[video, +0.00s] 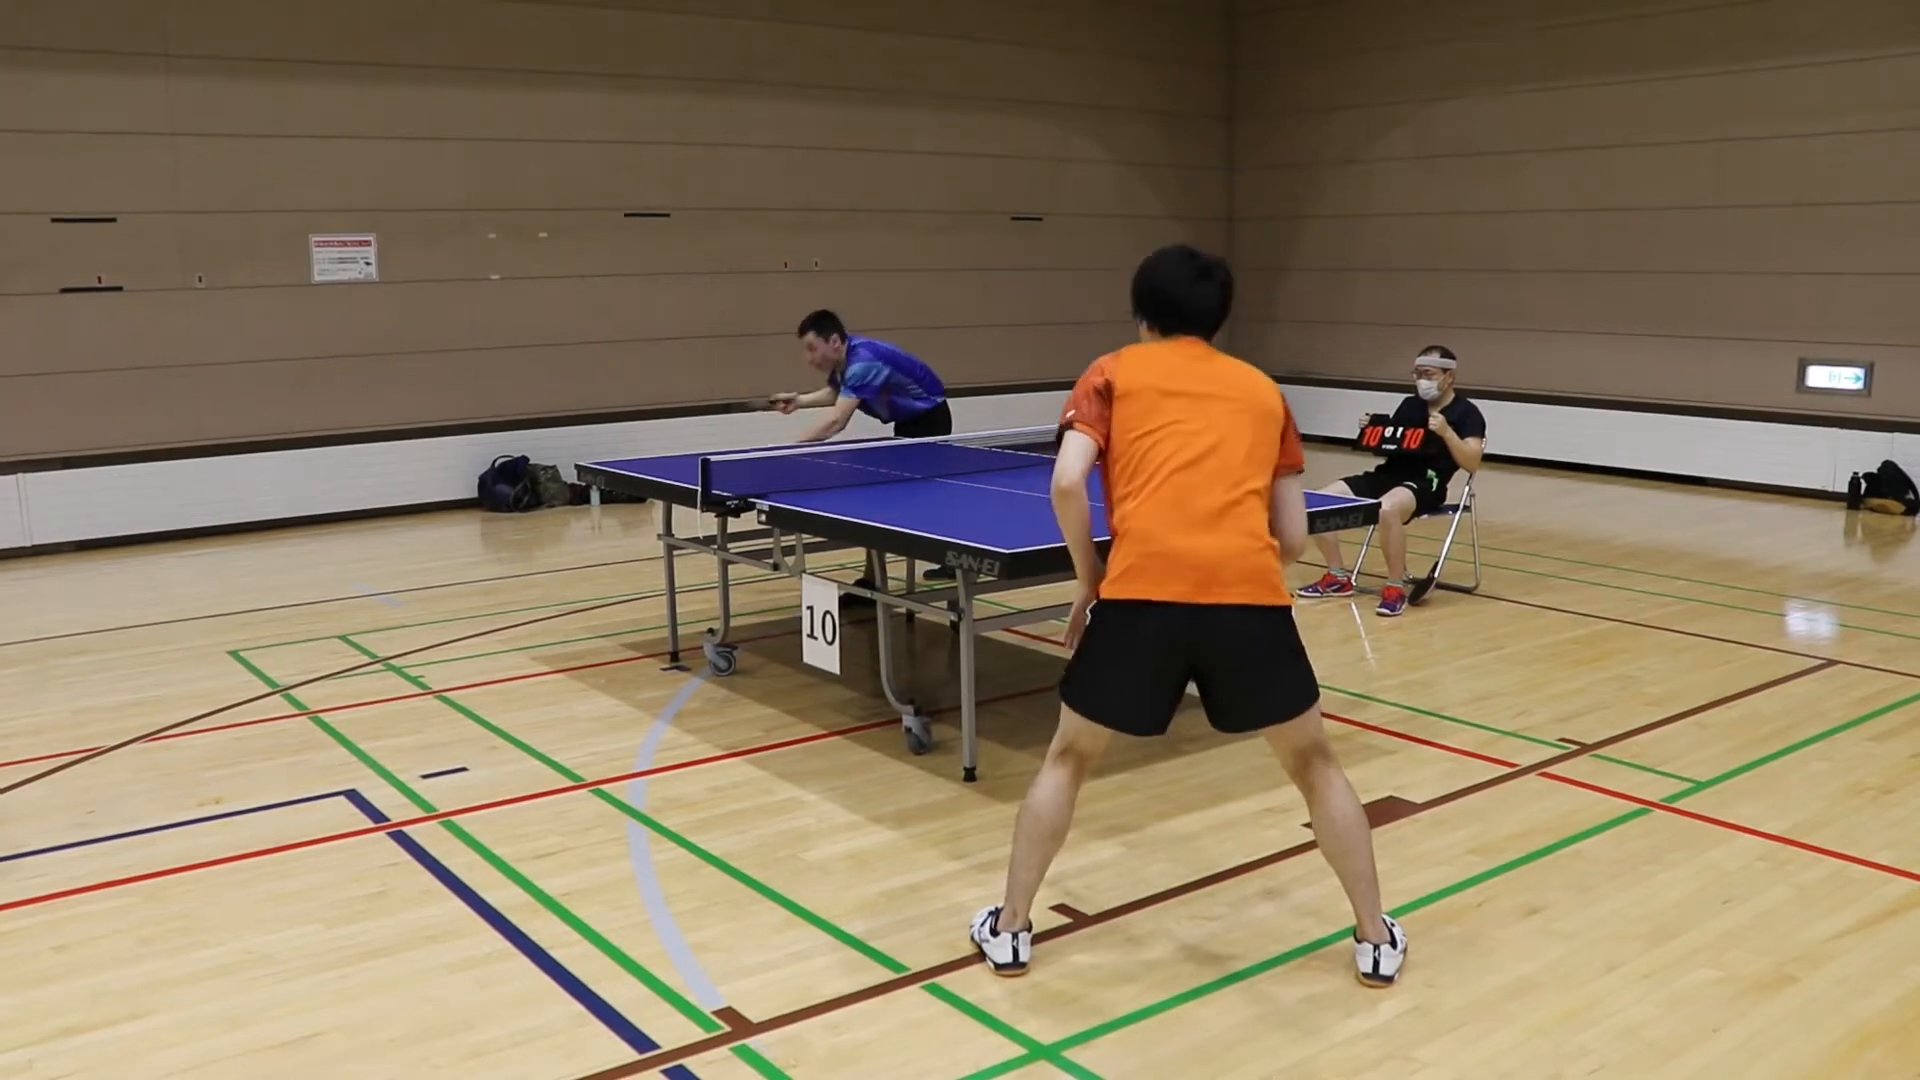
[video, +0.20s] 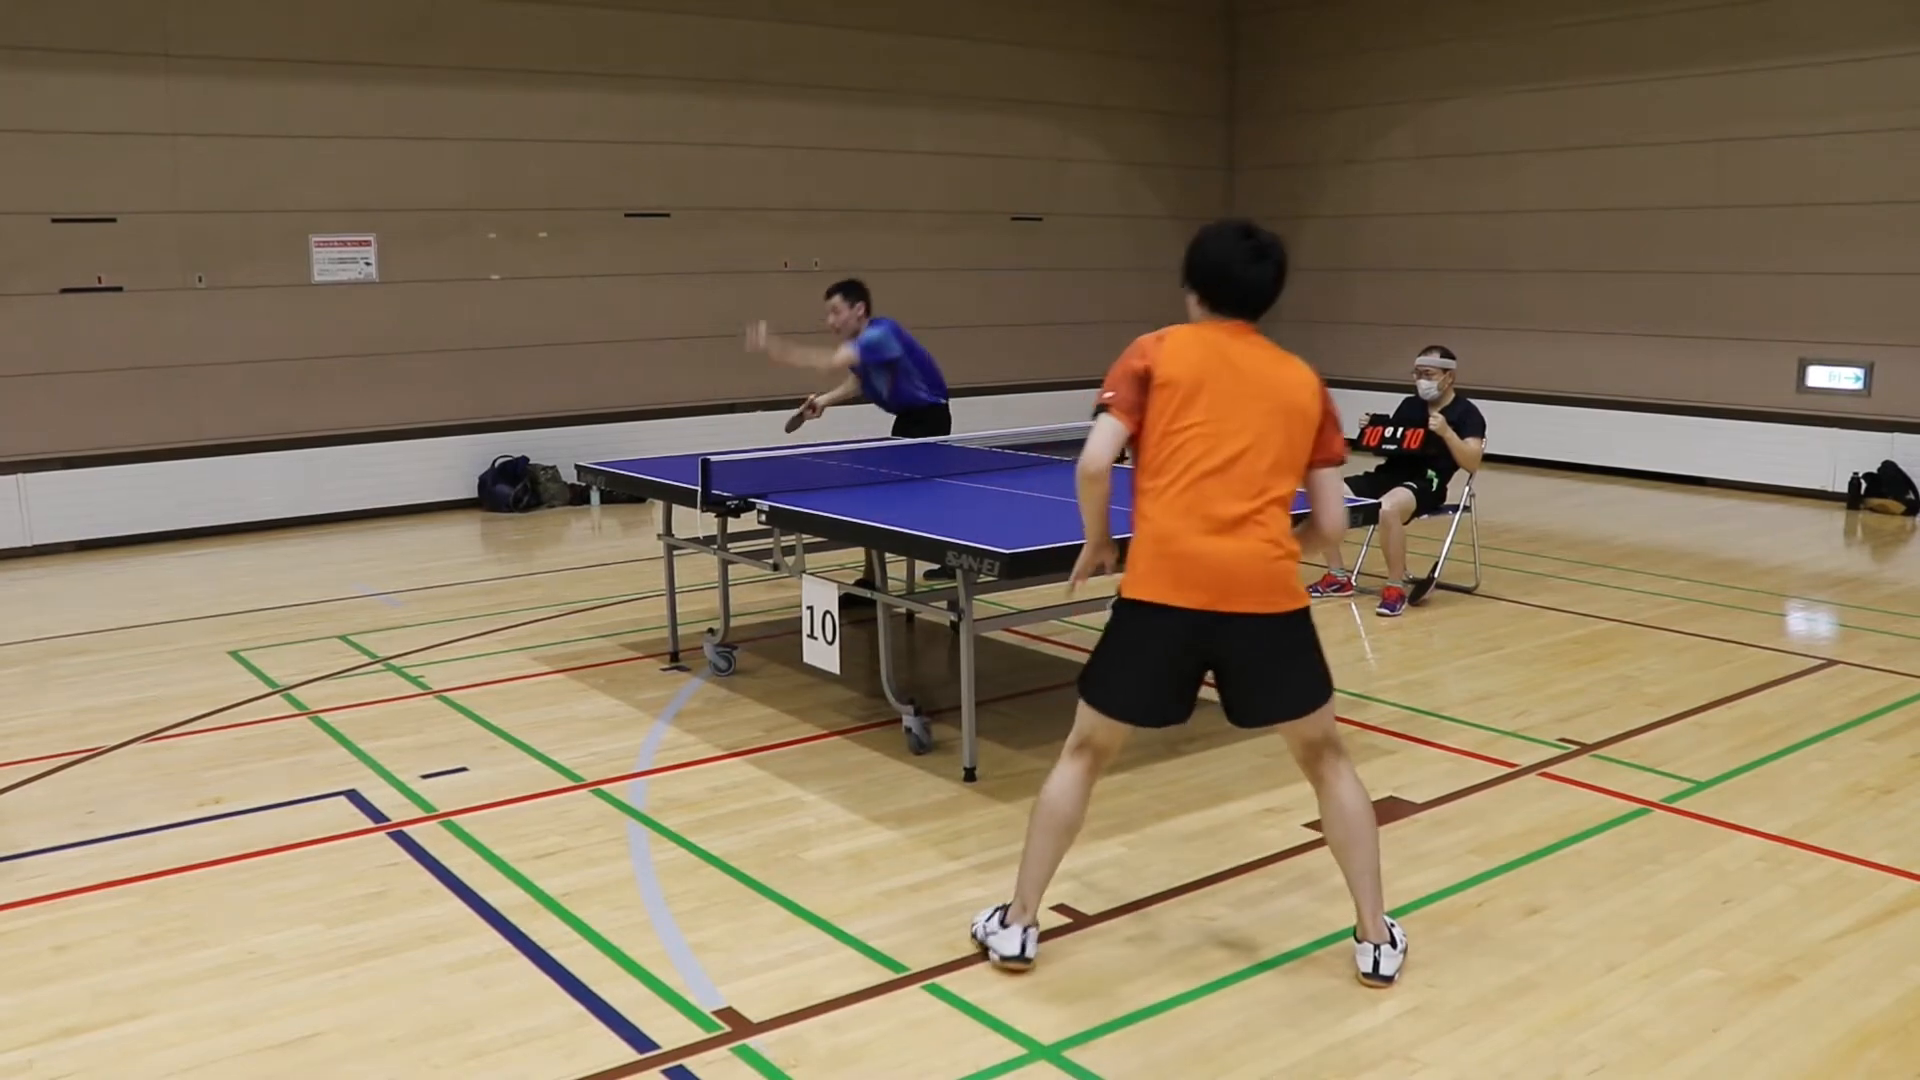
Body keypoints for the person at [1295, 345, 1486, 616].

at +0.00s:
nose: (1423, 380)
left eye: (1430, 374)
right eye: (1419, 373)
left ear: (1450, 377)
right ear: (1414, 375)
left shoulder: (1467, 414)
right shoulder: (1411, 405)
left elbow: (1472, 463)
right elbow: (1393, 440)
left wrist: (1446, 433)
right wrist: (1373, 426)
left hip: (1427, 482)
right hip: (1390, 474)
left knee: (1389, 509)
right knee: (1319, 502)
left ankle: (1395, 588)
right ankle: (1337, 576)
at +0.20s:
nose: (1422, 380)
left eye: (1429, 374)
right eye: (1418, 374)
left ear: (1449, 378)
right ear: (1414, 375)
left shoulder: (1467, 414)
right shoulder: (1410, 405)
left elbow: (1472, 463)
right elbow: (1391, 442)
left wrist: (1446, 432)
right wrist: (1373, 428)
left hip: (1426, 481)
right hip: (1390, 474)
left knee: (1390, 508)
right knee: (1326, 496)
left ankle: (1395, 588)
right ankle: (1337, 575)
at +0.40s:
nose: (1422, 379)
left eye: (1430, 374)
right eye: (1418, 373)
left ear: (1450, 378)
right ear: (1414, 375)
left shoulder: (1467, 414)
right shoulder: (1410, 405)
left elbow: (1472, 463)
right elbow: (1388, 443)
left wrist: (1446, 433)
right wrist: (1367, 435)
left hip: (1427, 481)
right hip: (1389, 475)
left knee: (1389, 508)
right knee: (1324, 508)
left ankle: (1394, 587)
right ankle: (1337, 574)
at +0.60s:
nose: (1422, 380)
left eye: (1430, 374)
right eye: (1418, 374)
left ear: (1449, 379)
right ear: (1413, 375)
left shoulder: (1468, 414)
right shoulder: (1410, 405)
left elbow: (1472, 464)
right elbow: (1390, 443)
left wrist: (1446, 432)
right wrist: (1371, 428)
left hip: (1426, 482)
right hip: (1390, 474)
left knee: (1389, 508)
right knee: (1325, 494)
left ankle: (1395, 588)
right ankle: (1337, 575)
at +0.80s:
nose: (1423, 381)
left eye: (1430, 375)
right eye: (1419, 374)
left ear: (1449, 378)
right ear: (1414, 375)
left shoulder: (1467, 414)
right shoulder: (1411, 404)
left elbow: (1472, 463)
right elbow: (1393, 440)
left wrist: (1446, 433)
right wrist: (1372, 426)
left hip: (1427, 482)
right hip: (1390, 474)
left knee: (1389, 509)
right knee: (1318, 502)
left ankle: (1395, 588)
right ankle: (1337, 576)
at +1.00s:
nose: (1423, 382)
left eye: (1430, 375)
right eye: (1419, 375)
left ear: (1449, 378)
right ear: (1414, 375)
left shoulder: (1467, 414)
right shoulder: (1411, 405)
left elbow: (1472, 463)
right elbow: (1393, 440)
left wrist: (1447, 433)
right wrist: (1372, 426)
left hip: (1427, 482)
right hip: (1390, 474)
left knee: (1388, 509)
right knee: (1319, 501)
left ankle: (1395, 588)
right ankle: (1337, 576)